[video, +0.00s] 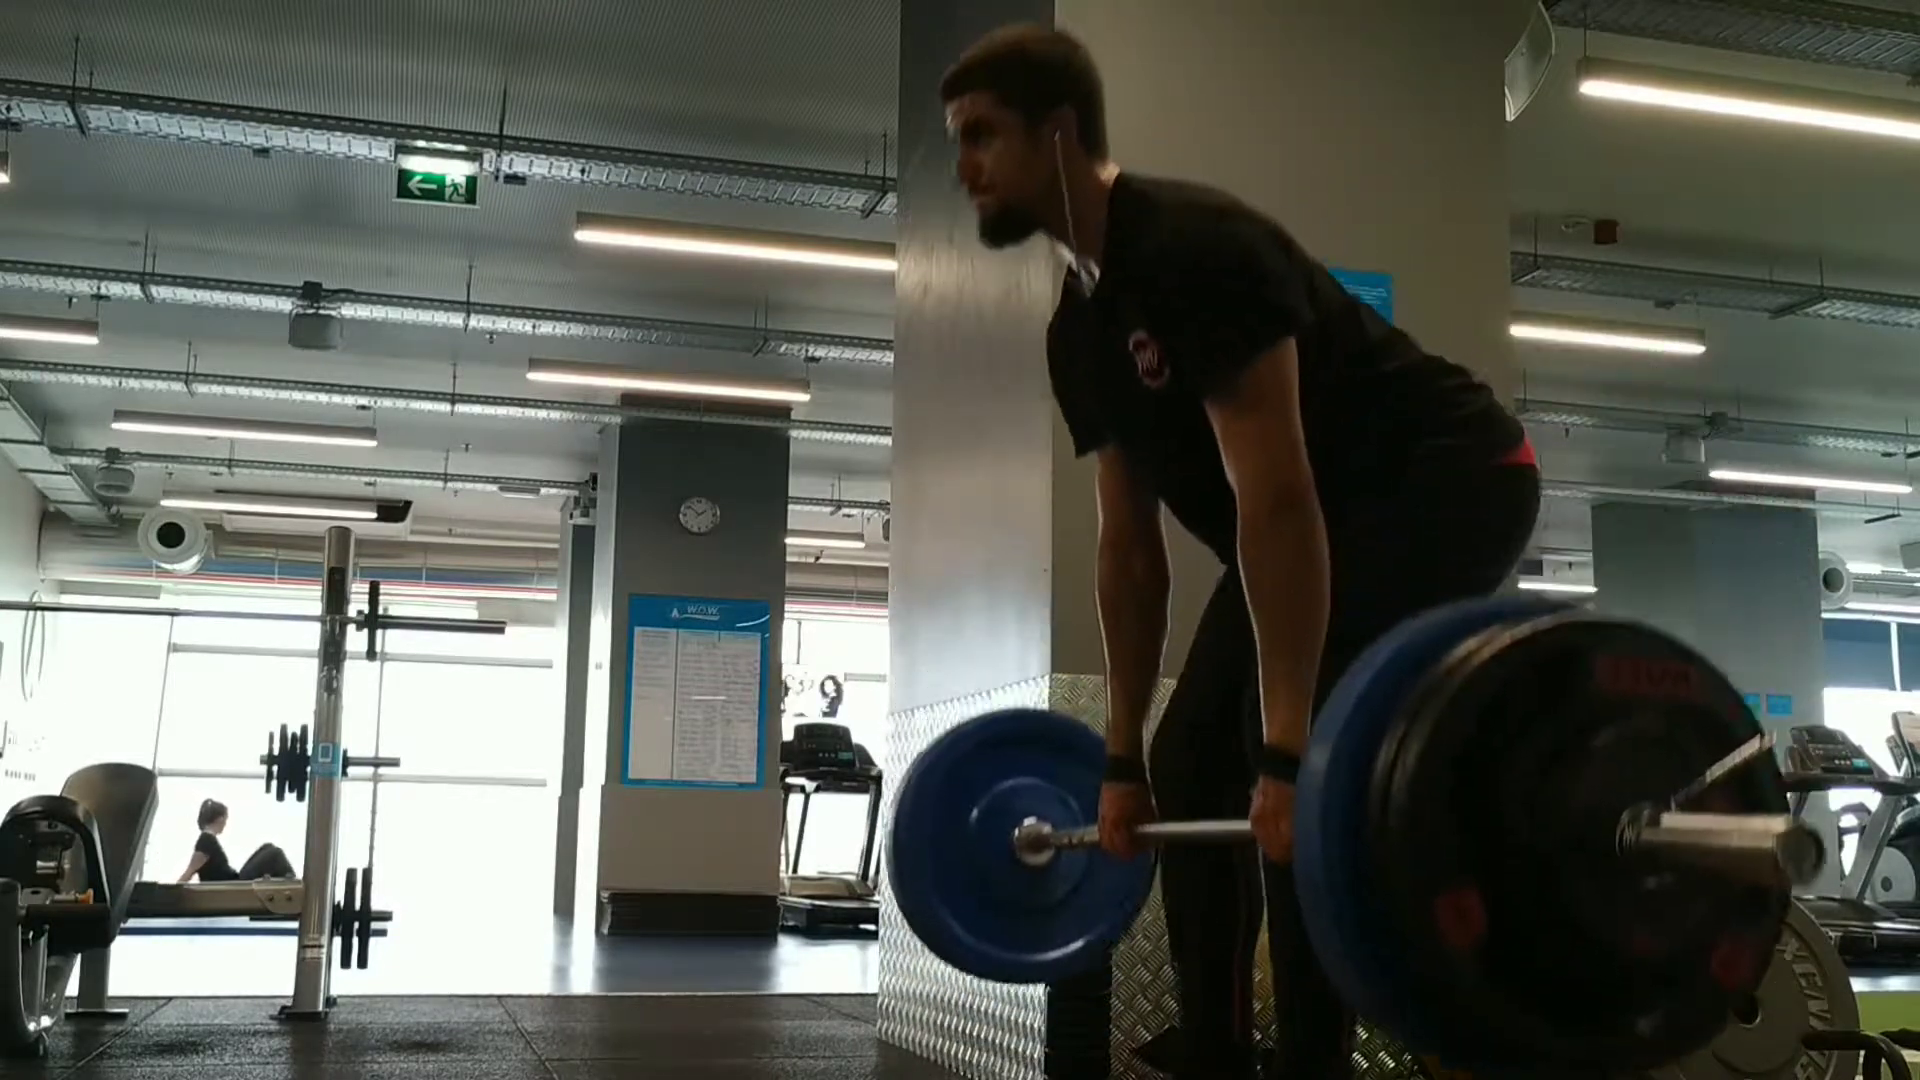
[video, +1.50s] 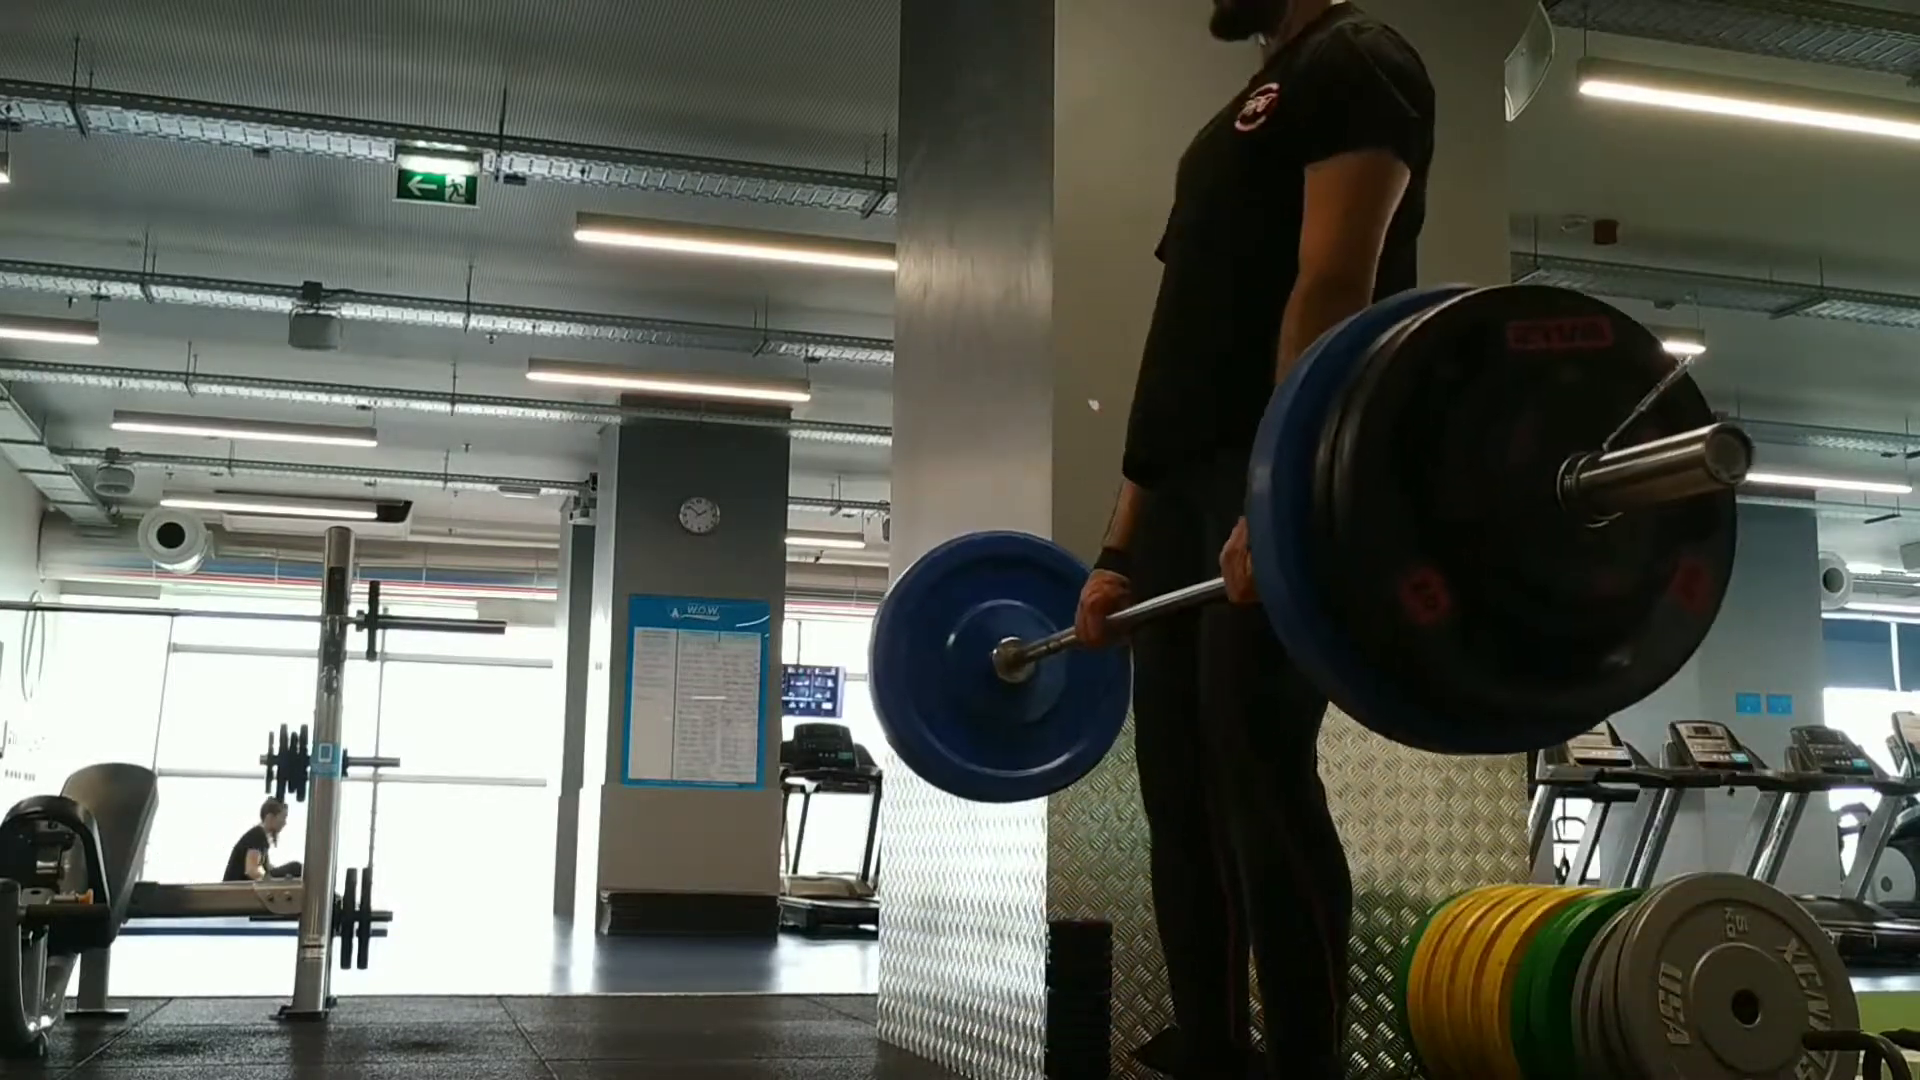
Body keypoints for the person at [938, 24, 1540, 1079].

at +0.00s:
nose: (965, 169)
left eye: (980, 138)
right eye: (958, 145)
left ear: (1061, 131)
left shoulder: (1196, 245)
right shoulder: (1078, 327)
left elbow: (1281, 508)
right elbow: (1128, 550)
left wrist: (1284, 756)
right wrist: (1122, 756)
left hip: (1442, 491)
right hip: (1303, 521)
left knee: (1311, 772)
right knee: (1194, 762)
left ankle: (1313, 1056)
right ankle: (1210, 1040)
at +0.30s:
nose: (933, 281)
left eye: (952, 249)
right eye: (930, 255)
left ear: (1035, 243)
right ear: (1027, 252)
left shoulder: (1182, 343)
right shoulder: (1069, 426)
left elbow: (1270, 610)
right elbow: (1121, 637)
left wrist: (1281, 874)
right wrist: (1119, 850)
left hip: (1464, 504)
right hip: (1326, 540)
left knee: (1280, 748)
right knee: (1178, 752)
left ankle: (1313, 1043)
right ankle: (1204, 1039)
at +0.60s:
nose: (941, 246)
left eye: (960, 215)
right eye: (937, 222)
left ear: (1043, 211)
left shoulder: (1181, 307)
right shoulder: (1072, 398)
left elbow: (1276, 577)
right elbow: (1121, 610)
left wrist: (1283, 828)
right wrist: (1119, 819)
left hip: (1458, 492)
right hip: (1324, 531)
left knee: (1305, 780)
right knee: (1182, 762)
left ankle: (1305, 1052)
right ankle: (1207, 1046)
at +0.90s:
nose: (1002, 69)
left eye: (1023, 39)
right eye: (1000, 45)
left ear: (1102, 44)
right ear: (1084, 56)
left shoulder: (1213, 169)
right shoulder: (1094, 258)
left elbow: (1282, 425)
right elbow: (1130, 475)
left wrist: (1279, 662)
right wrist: (1124, 683)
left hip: (1415, 500)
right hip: (1280, 520)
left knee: (1314, 772)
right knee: (1204, 762)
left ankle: (1313, 1058)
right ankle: (1214, 1046)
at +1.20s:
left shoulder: (1309, 49)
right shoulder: (1176, 124)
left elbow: (1316, 287)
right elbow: (1160, 351)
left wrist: (1284, 505)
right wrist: (1129, 551)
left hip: (1279, 503)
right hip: (1188, 512)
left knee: (1276, 782)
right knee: (1194, 789)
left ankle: (1310, 1056)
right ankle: (1211, 1050)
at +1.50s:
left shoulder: (1357, 60)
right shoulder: (1239, 113)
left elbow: (1335, 288)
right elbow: (1185, 338)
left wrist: (1278, 503)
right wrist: (1124, 548)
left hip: (1268, 505)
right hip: (1183, 513)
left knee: (1263, 786)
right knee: (1178, 792)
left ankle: (1306, 1060)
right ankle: (1205, 1049)